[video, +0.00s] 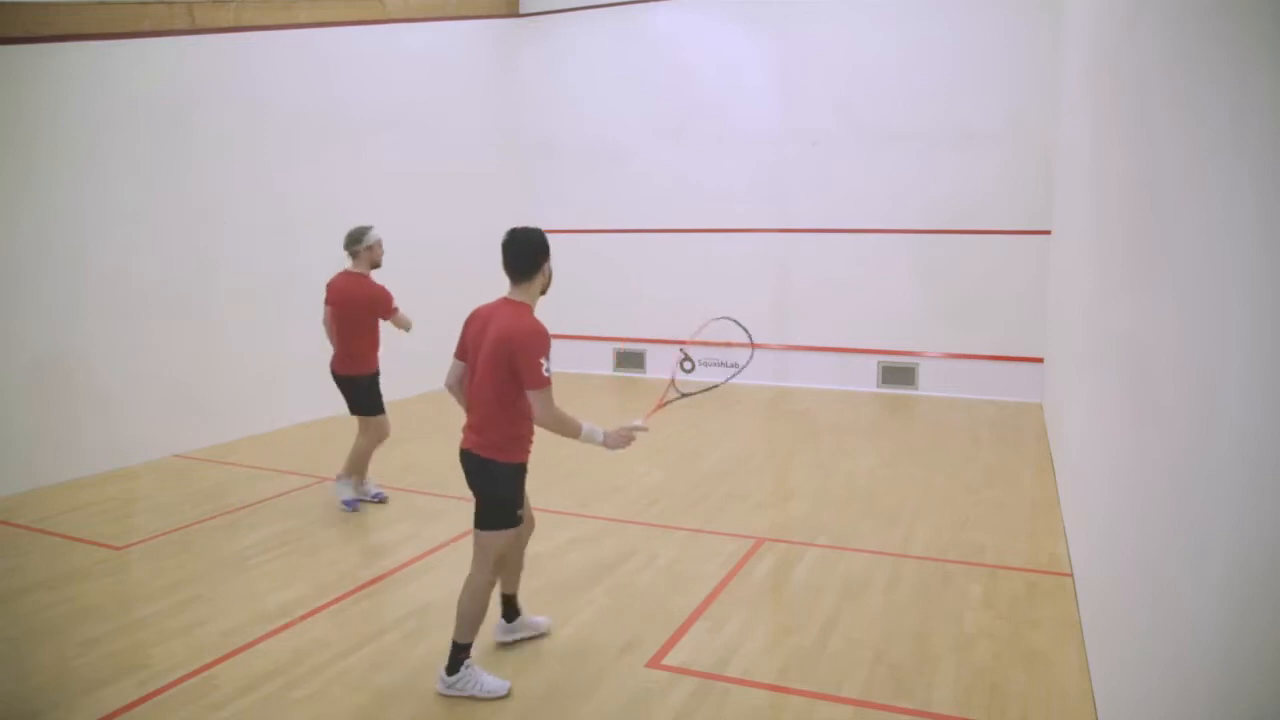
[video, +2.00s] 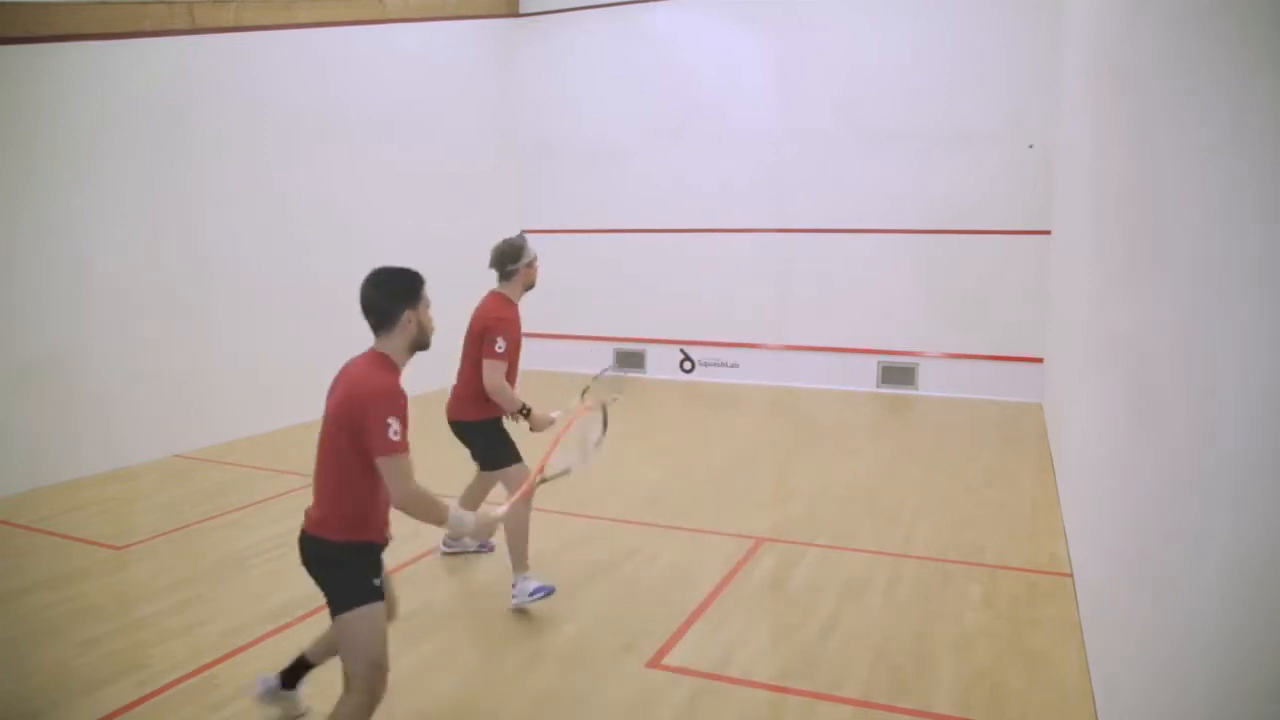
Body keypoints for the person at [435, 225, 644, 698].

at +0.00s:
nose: (552, 272)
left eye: (548, 264)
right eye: (551, 264)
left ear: (507, 269)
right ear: (544, 270)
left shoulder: (480, 316)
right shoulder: (529, 331)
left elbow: (455, 382)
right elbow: (544, 413)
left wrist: (493, 418)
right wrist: (601, 436)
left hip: (479, 452)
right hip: (501, 461)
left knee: (520, 522)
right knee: (488, 563)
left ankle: (511, 618)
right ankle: (456, 669)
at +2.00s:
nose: (433, 317)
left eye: (429, 306)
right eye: (427, 307)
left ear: (383, 317)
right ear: (409, 317)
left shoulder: (356, 372)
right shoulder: (380, 389)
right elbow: (402, 493)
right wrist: (468, 522)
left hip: (334, 536)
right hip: (345, 548)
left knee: (382, 607)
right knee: (365, 688)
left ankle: (284, 682)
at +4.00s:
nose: (533, 271)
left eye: (530, 264)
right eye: (530, 265)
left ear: (498, 272)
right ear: (520, 270)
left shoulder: (476, 313)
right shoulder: (509, 319)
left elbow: (454, 364)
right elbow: (515, 382)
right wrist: (564, 396)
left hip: (466, 423)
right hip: (493, 429)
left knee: (468, 487)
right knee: (531, 508)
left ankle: (435, 555)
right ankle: (504, 597)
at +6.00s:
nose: (437, 249)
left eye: (435, 239)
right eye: (433, 239)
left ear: (382, 247)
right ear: (416, 246)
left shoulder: (337, 302)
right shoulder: (422, 311)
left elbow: (281, 366)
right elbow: (436, 399)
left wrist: (291, 442)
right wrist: (441, 469)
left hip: (334, 472)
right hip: (387, 477)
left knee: (342, 589)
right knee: (374, 606)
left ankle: (319, 704)